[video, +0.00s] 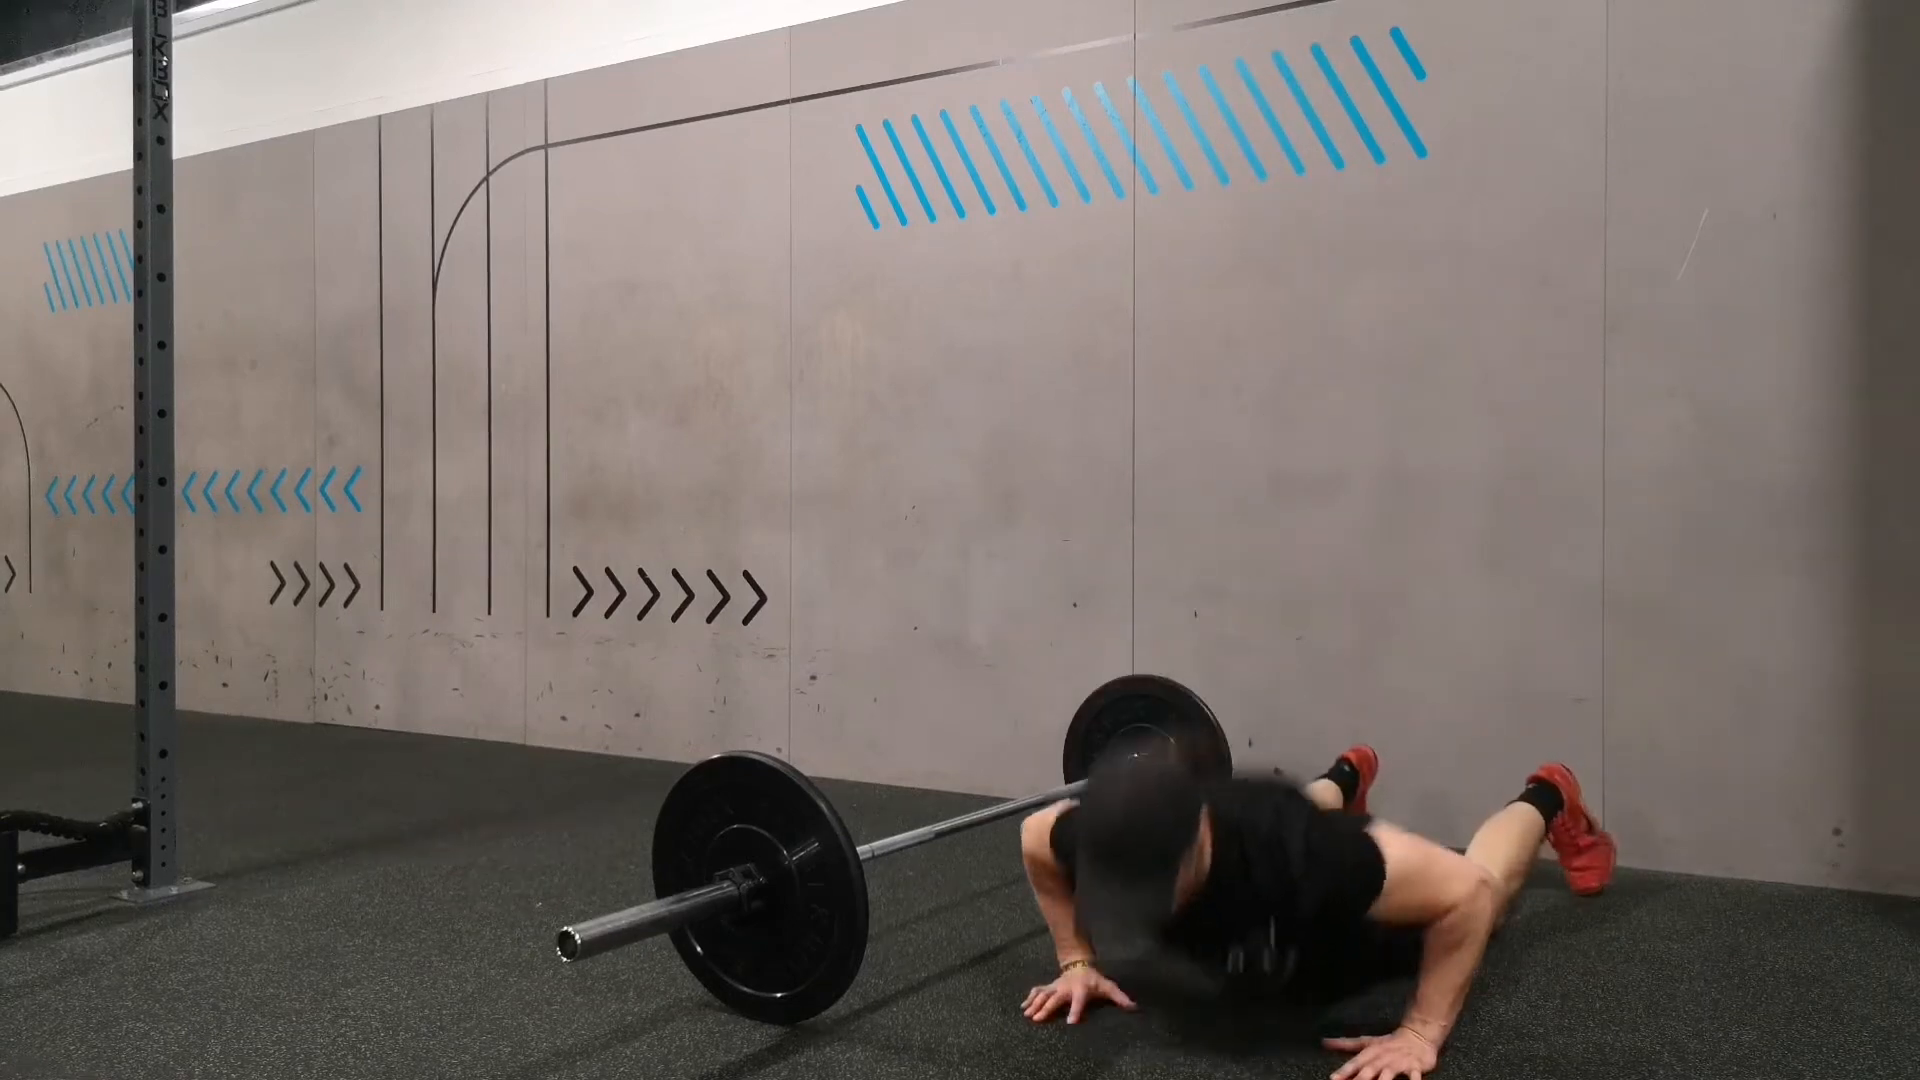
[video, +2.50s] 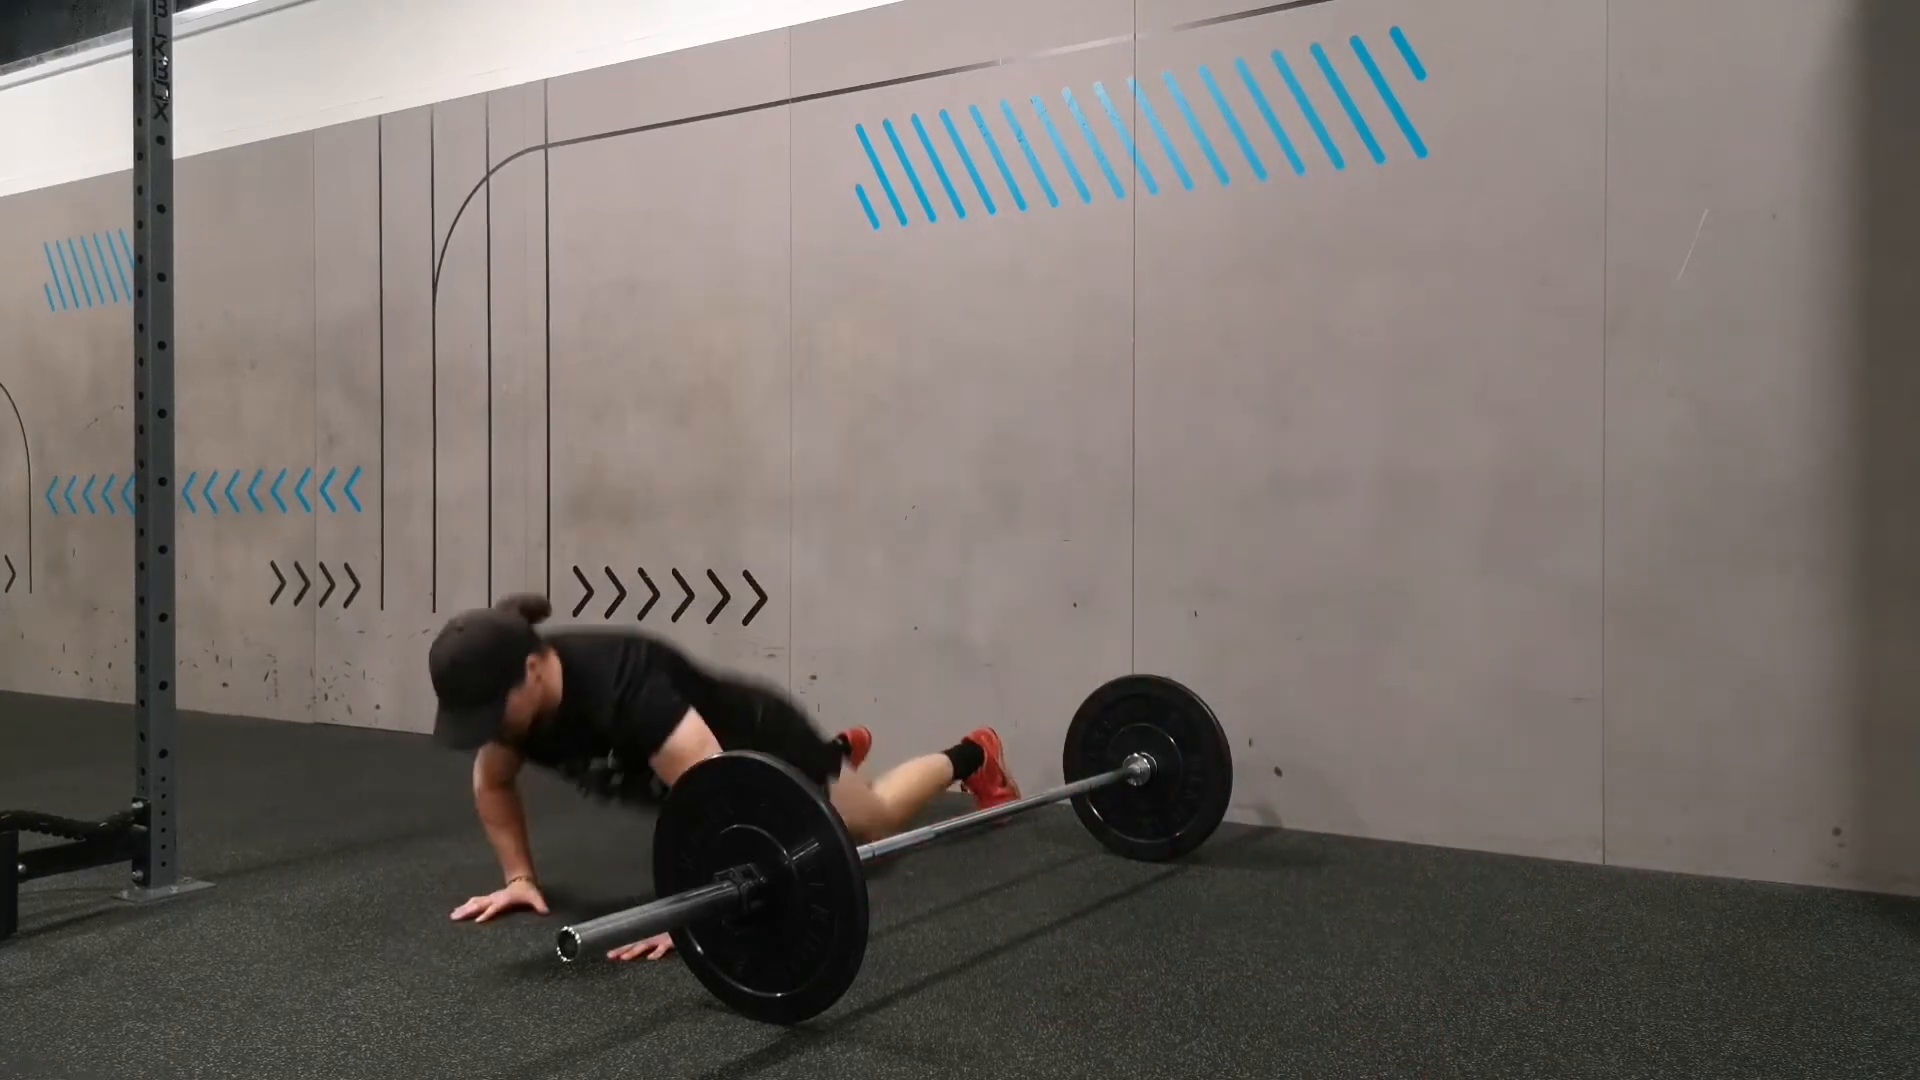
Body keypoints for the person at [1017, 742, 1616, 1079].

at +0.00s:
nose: (1146, 900)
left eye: (1160, 881)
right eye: (1129, 885)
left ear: (1200, 841)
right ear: (1094, 848)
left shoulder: (1304, 856)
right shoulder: (1095, 838)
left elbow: (1472, 893)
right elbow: (1035, 840)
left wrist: (1421, 1034)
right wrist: (1074, 958)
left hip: (1348, 936)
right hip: (1235, 930)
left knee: (1486, 880)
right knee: (1301, 825)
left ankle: (1544, 797)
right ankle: (1345, 780)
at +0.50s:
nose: (1148, 704)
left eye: (1153, 689)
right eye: (1127, 698)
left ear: (1179, 641)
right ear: (1091, 652)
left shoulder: (1266, 621)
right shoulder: (1113, 641)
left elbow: (1328, 794)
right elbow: (1107, 806)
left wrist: (1362, 969)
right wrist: (1086, 958)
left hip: (1343, 489)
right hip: (1221, 485)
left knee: (1403, 710)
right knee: (1144, 690)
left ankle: (1500, 888)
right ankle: (1241, 796)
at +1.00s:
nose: (853, 289)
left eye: (857, 273)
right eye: (845, 278)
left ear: (901, 244)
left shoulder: (991, 271)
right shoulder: (861, 319)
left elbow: (1107, 404)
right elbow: (836, 439)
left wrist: (1172, 538)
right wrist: (869, 529)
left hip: (1083, 402)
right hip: (994, 429)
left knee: (973, 450)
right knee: (956, 593)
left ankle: (1073, 646)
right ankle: (1118, 677)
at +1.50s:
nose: (631, 582)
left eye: (632, 568)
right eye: (621, 574)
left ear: (662, 534)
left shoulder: (741, 532)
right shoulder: (645, 543)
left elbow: (771, 698)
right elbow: (619, 675)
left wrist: (774, 831)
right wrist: (585, 798)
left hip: (876, 513)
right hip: (788, 527)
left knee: (815, 661)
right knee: (718, 680)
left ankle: (877, 843)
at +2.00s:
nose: (465, 847)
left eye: (462, 835)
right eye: (454, 842)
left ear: (489, 801)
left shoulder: (594, 785)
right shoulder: (505, 767)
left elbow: (705, 799)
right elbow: (509, 816)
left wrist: (679, 913)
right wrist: (521, 882)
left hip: (747, 786)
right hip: (689, 763)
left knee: (870, 801)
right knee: (775, 765)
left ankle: (952, 753)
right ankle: (844, 749)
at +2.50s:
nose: (495, 728)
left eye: (497, 713)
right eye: (485, 721)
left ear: (532, 674)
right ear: (497, 695)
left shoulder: (623, 680)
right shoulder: (511, 697)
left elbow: (717, 790)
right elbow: (492, 782)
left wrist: (684, 910)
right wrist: (518, 878)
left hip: (767, 746)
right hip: (691, 758)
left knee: (870, 816)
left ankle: (968, 756)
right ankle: (838, 760)